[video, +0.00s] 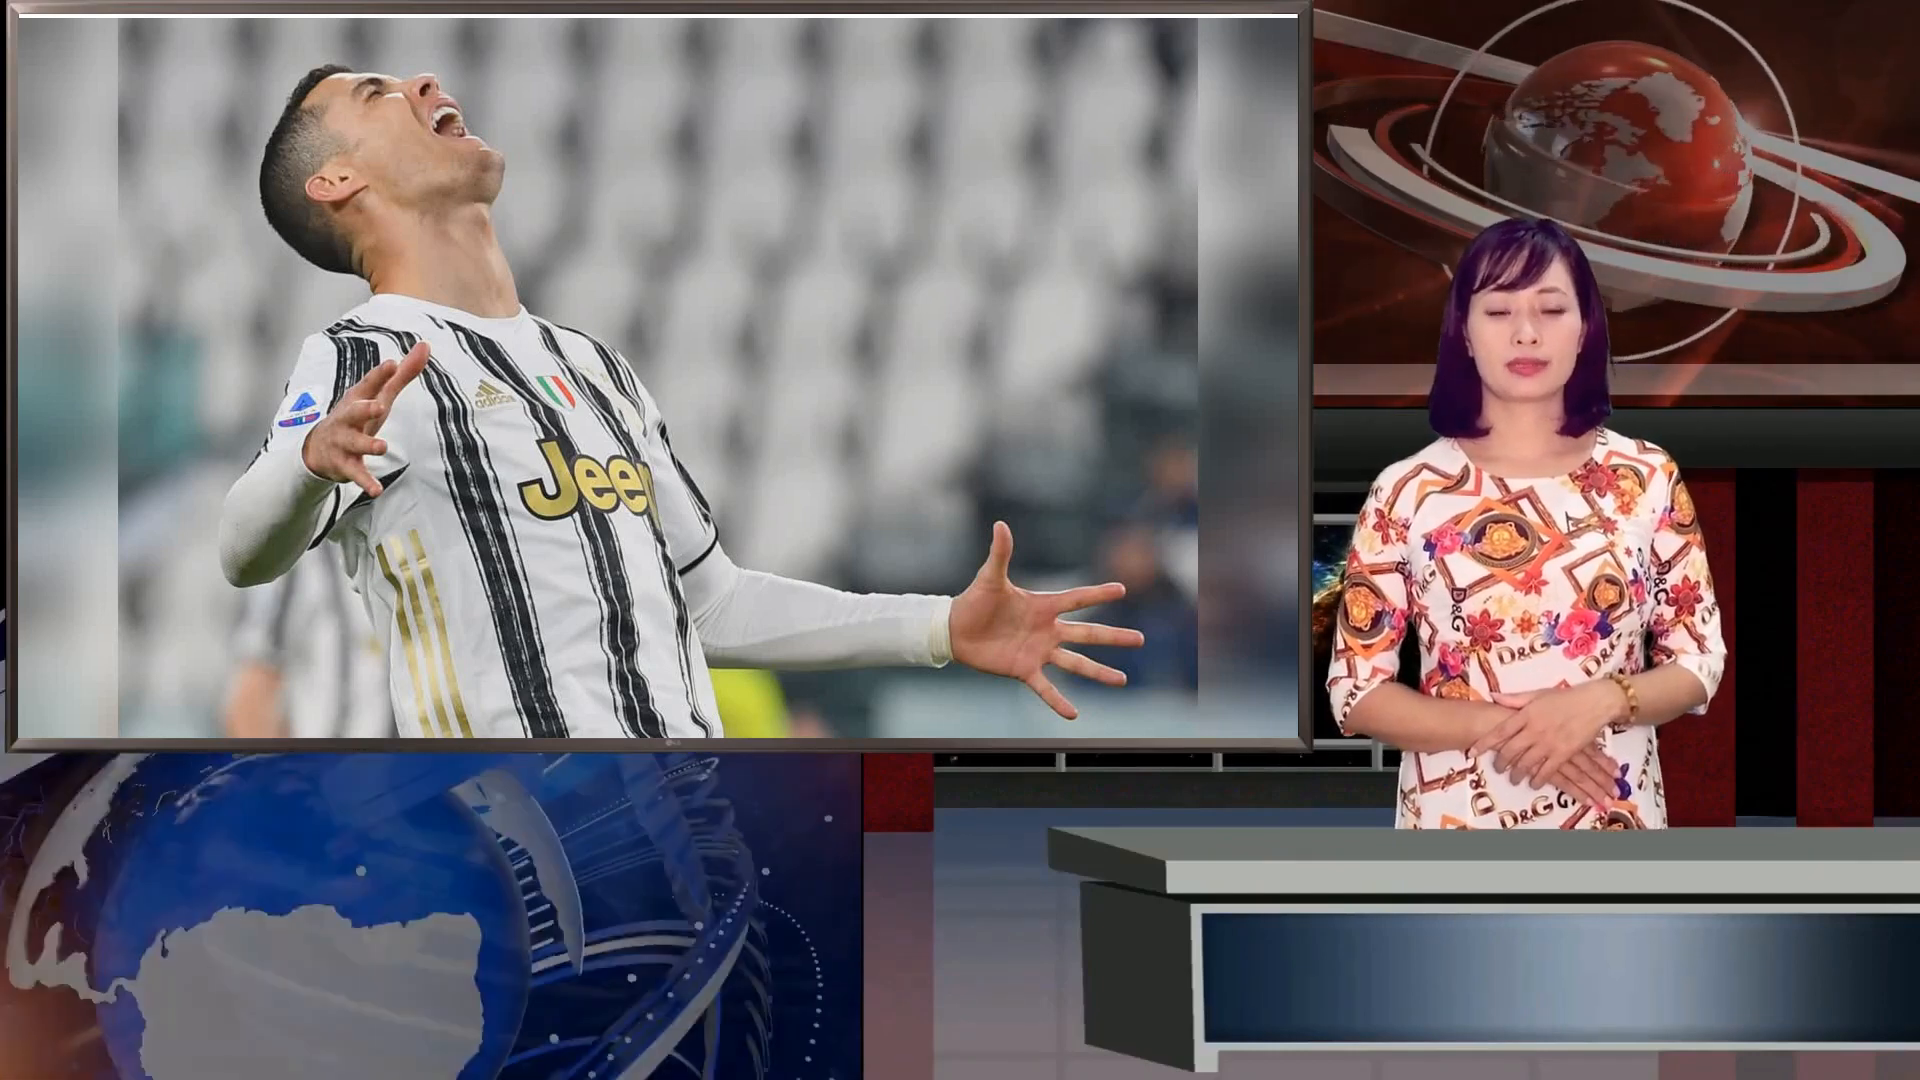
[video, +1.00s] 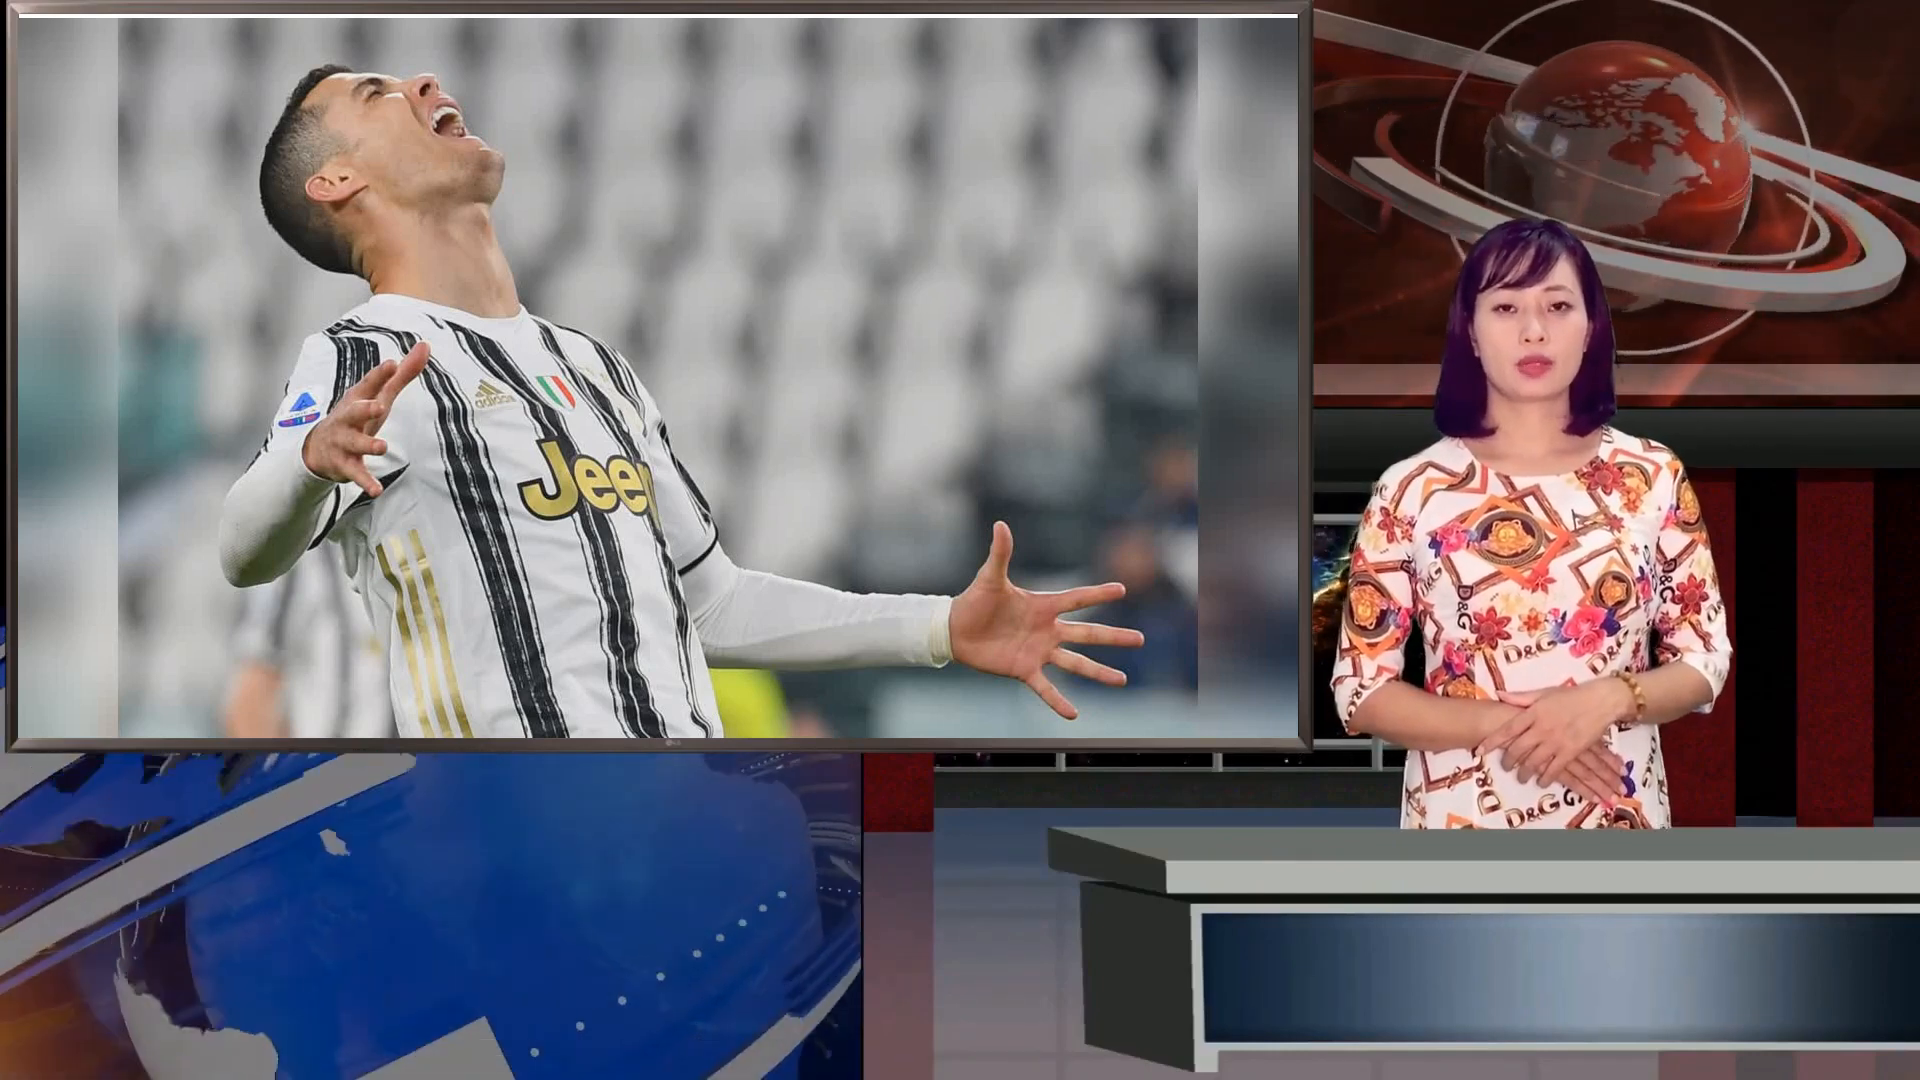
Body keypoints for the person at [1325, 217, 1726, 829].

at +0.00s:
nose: (1526, 332)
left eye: (1552, 309)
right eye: (1498, 311)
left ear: (1586, 326)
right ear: (1463, 330)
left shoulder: (1645, 478)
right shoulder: (1405, 492)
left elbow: (1698, 662)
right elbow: (1355, 691)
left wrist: (1599, 701)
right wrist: (1509, 730)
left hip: (1612, 833)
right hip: (1455, 832)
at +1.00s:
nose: (1533, 330)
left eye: (1558, 306)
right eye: (1505, 308)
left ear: (1591, 326)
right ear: (1469, 329)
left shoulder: (1651, 477)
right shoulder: (1411, 490)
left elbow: (1704, 659)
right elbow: (1360, 690)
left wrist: (1606, 699)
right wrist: (1520, 729)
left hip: (1617, 830)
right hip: (1461, 830)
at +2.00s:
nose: (1532, 329)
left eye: (1557, 305)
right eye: (1504, 307)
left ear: (1590, 325)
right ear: (1467, 328)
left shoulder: (1650, 478)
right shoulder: (1409, 492)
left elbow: (1704, 661)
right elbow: (1359, 691)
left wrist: (1606, 702)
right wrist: (1517, 732)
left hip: (1617, 830)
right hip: (1460, 831)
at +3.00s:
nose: (1528, 331)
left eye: (1553, 307)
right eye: (1501, 309)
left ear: (1586, 326)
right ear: (1464, 329)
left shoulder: (1646, 477)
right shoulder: (1406, 491)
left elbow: (1702, 659)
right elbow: (1357, 691)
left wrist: (1602, 699)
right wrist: (1516, 729)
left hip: (1614, 831)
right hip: (1457, 830)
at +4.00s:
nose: (1531, 329)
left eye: (1555, 305)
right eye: (1502, 307)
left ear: (1588, 326)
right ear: (1466, 328)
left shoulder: (1647, 479)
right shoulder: (1406, 492)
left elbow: (1704, 668)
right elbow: (1355, 689)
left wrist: (1652, 682)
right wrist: (1498, 724)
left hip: (1613, 833)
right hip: (1456, 832)